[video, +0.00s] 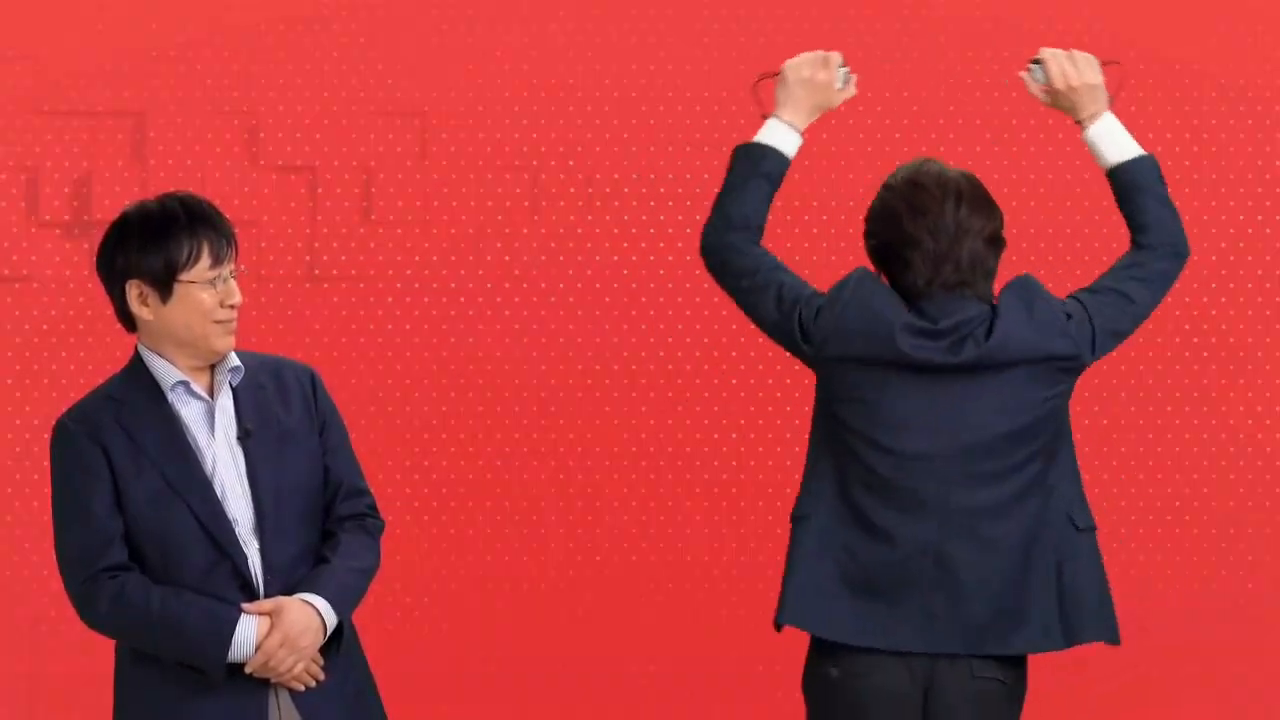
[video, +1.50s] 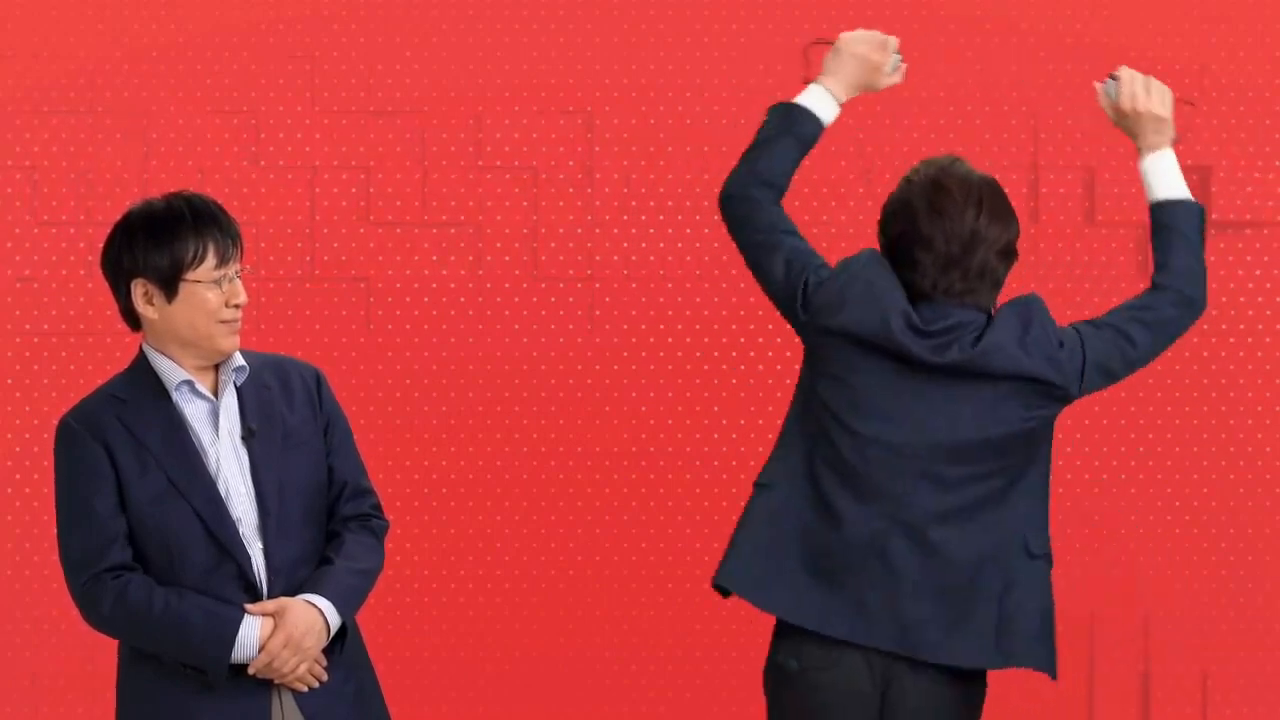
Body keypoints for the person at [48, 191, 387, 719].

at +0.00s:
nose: (233, 298)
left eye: (232, 278)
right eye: (210, 283)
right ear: (143, 300)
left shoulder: (297, 389)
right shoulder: (89, 433)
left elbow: (358, 522)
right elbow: (101, 591)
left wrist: (318, 611)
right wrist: (248, 638)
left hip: (331, 700)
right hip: (190, 708)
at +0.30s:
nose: (236, 297)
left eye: (235, 278)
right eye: (213, 282)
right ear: (146, 300)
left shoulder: (300, 389)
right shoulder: (92, 432)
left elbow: (360, 523)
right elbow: (103, 590)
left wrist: (319, 611)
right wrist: (250, 638)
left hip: (333, 700)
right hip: (191, 707)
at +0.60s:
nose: (239, 297)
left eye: (236, 277)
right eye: (215, 282)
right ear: (148, 300)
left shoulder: (301, 389)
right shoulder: (93, 432)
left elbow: (361, 524)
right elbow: (103, 589)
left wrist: (320, 611)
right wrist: (250, 638)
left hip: (333, 699)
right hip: (192, 707)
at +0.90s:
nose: (237, 297)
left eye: (235, 277)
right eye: (214, 282)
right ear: (147, 300)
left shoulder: (300, 389)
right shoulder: (92, 433)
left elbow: (360, 524)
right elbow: (102, 589)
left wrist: (319, 612)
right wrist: (250, 639)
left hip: (333, 699)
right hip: (191, 707)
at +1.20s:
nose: (237, 297)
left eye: (235, 277)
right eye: (213, 282)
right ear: (146, 300)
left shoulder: (300, 389)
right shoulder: (91, 433)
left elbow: (361, 523)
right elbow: (103, 590)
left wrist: (319, 612)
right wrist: (250, 639)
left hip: (333, 699)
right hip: (191, 708)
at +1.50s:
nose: (239, 297)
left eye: (237, 278)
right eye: (215, 282)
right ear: (148, 300)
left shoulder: (302, 388)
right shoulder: (93, 432)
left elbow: (362, 523)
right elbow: (104, 590)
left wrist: (321, 612)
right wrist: (251, 639)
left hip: (335, 700)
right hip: (192, 708)